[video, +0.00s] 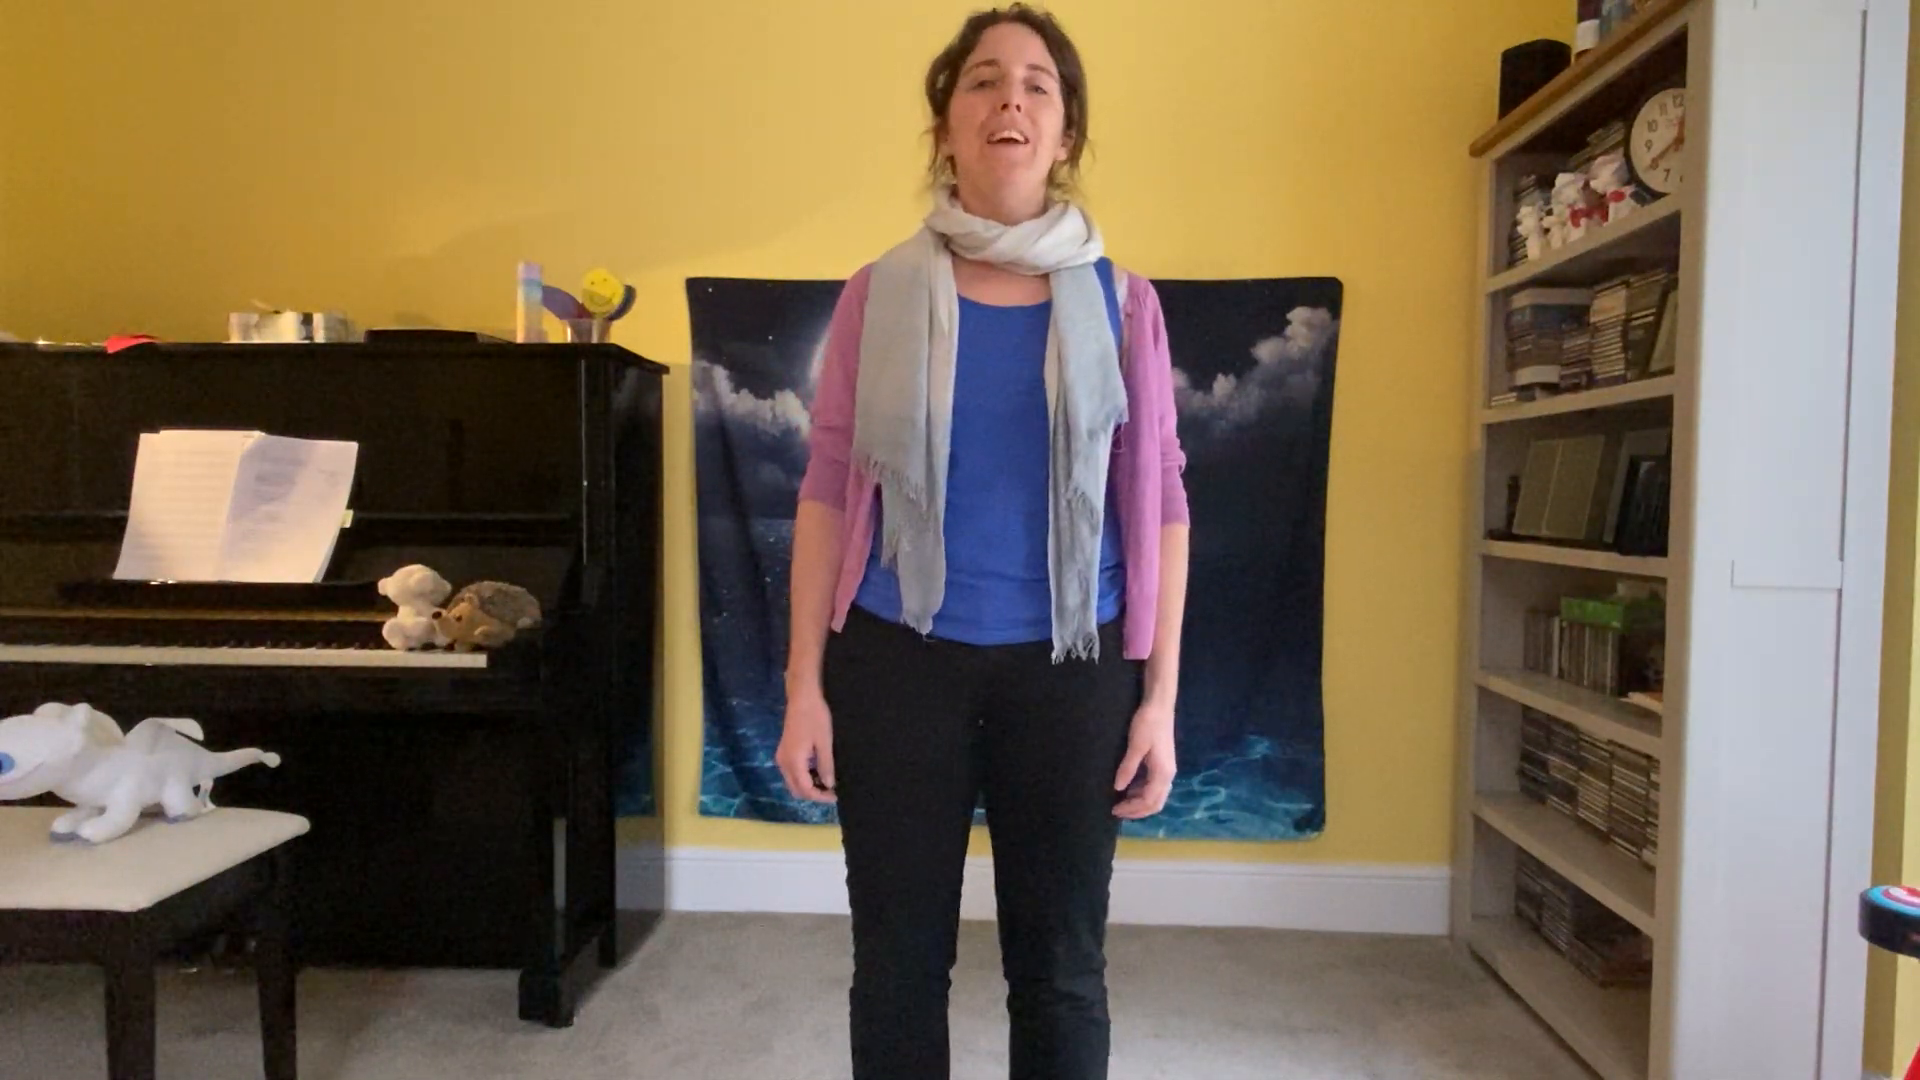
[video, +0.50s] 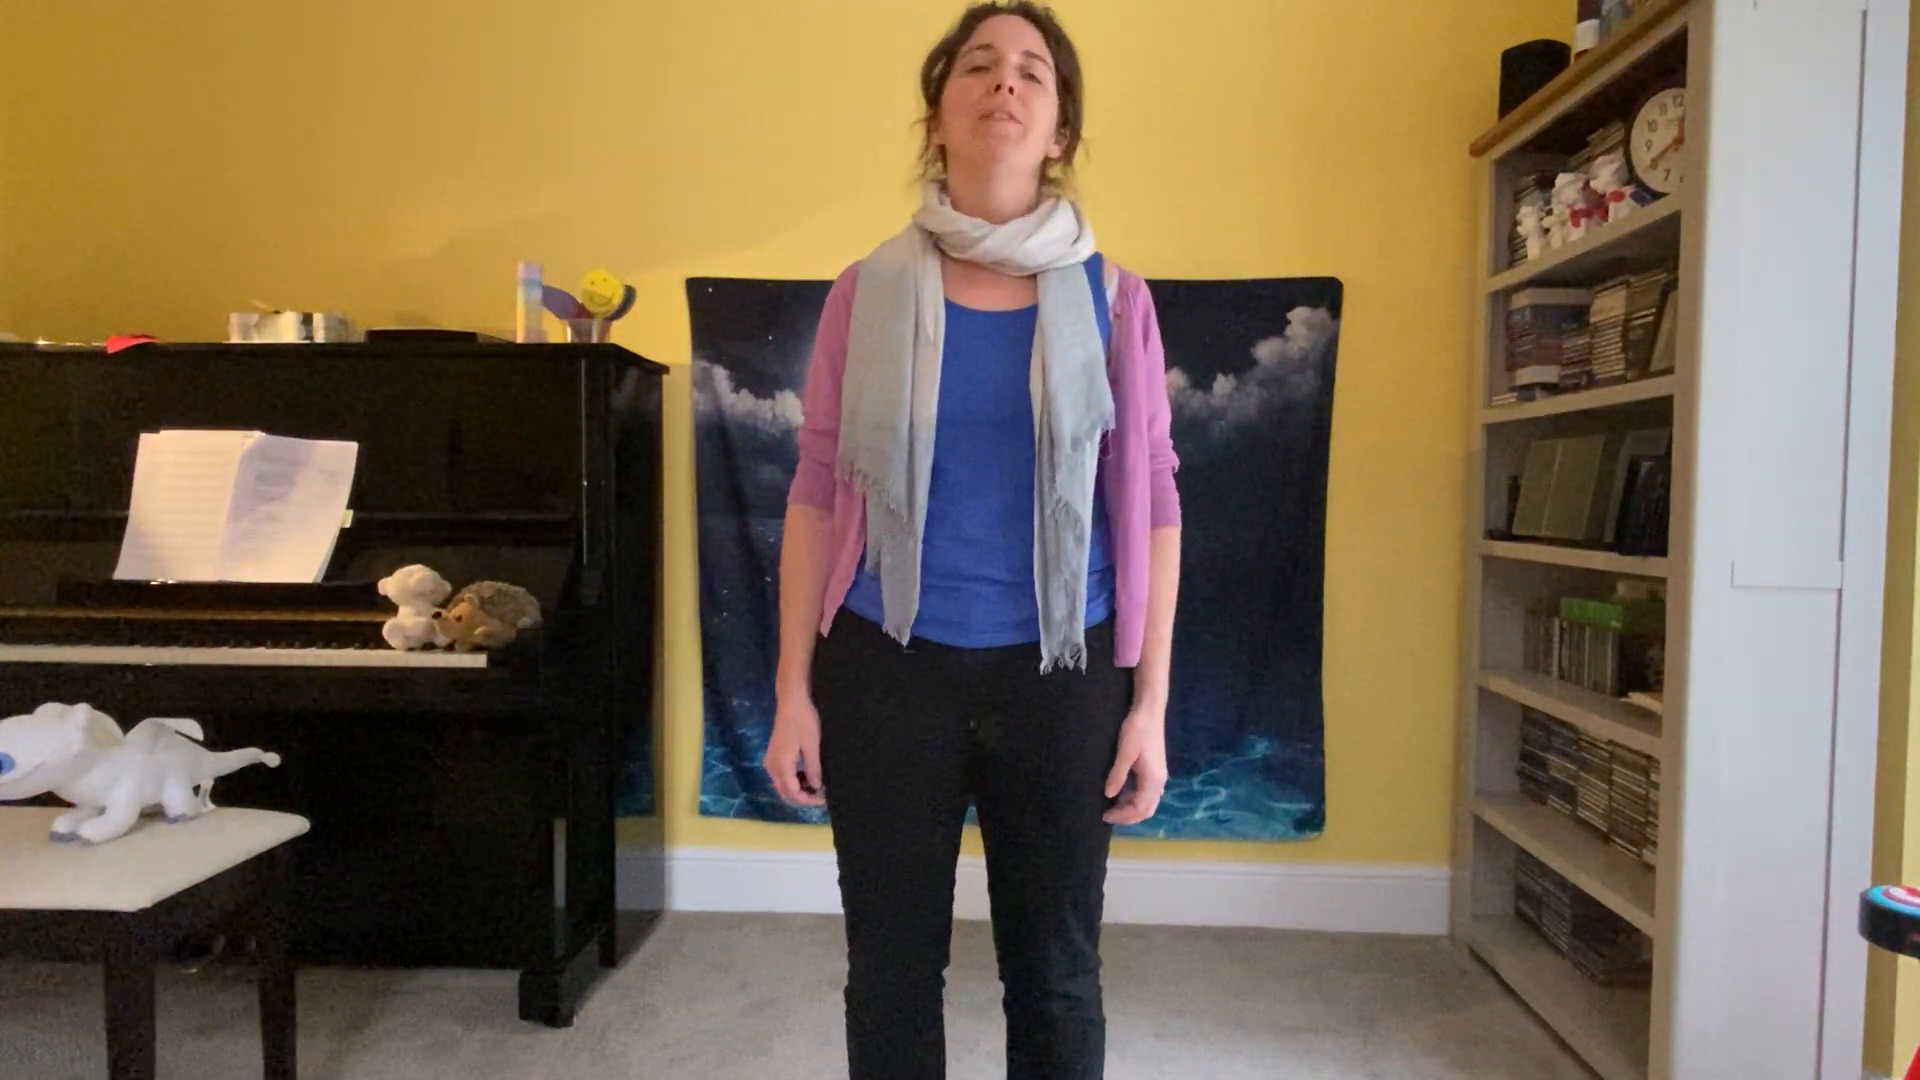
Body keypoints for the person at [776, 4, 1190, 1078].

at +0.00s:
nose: (1010, 101)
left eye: (1037, 86)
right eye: (985, 82)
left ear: (1068, 133)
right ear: (944, 127)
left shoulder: (1123, 306)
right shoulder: (878, 296)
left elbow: (1161, 507)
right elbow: (826, 494)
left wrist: (1158, 694)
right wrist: (803, 681)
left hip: (1068, 678)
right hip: (894, 670)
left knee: (1061, 979)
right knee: (897, 977)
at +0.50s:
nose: (1004, 81)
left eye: (1031, 74)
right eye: (980, 66)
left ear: (1060, 130)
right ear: (937, 116)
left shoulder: (1115, 302)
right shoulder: (866, 292)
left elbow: (1152, 507)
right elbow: (815, 494)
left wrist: (1148, 700)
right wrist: (791, 686)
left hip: (1060, 682)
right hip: (883, 676)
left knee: (1057, 986)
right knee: (890, 983)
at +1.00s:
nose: (998, 88)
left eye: (1024, 74)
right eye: (972, 70)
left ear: (1058, 121)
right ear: (930, 114)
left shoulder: (1115, 300)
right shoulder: (865, 293)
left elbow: (1153, 504)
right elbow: (815, 494)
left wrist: (1151, 694)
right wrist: (794, 688)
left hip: (1061, 679)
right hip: (885, 674)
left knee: (1057, 984)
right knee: (891, 979)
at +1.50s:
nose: (998, 93)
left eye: (1024, 77)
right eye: (972, 75)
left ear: (1059, 124)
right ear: (933, 122)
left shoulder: (1119, 302)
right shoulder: (871, 295)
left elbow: (1156, 504)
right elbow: (821, 494)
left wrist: (1153, 695)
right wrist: (798, 685)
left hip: (1063, 681)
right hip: (889, 676)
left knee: (1060, 984)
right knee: (893, 981)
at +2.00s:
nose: (996, 90)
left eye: (1022, 76)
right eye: (970, 74)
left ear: (1059, 124)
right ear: (934, 120)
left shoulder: (1119, 304)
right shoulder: (872, 296)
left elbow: (1155, 506)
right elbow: (822, 495)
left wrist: (1152, 696)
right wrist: (798, 683)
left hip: (1062, 678)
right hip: (888, 672)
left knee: (1059, 985)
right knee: (892, 979)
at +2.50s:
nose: (996, 79)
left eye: (1023, 63)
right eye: (970, 62)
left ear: (1060, 112)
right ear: (933, 110)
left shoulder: (1119, 298)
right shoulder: (869, 290)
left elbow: (1153, 504)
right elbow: (823, 488)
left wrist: (1150, 696)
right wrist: (799, 677)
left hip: (1061, 679)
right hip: (887, 672)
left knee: (1057, 982)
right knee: (892, 977)